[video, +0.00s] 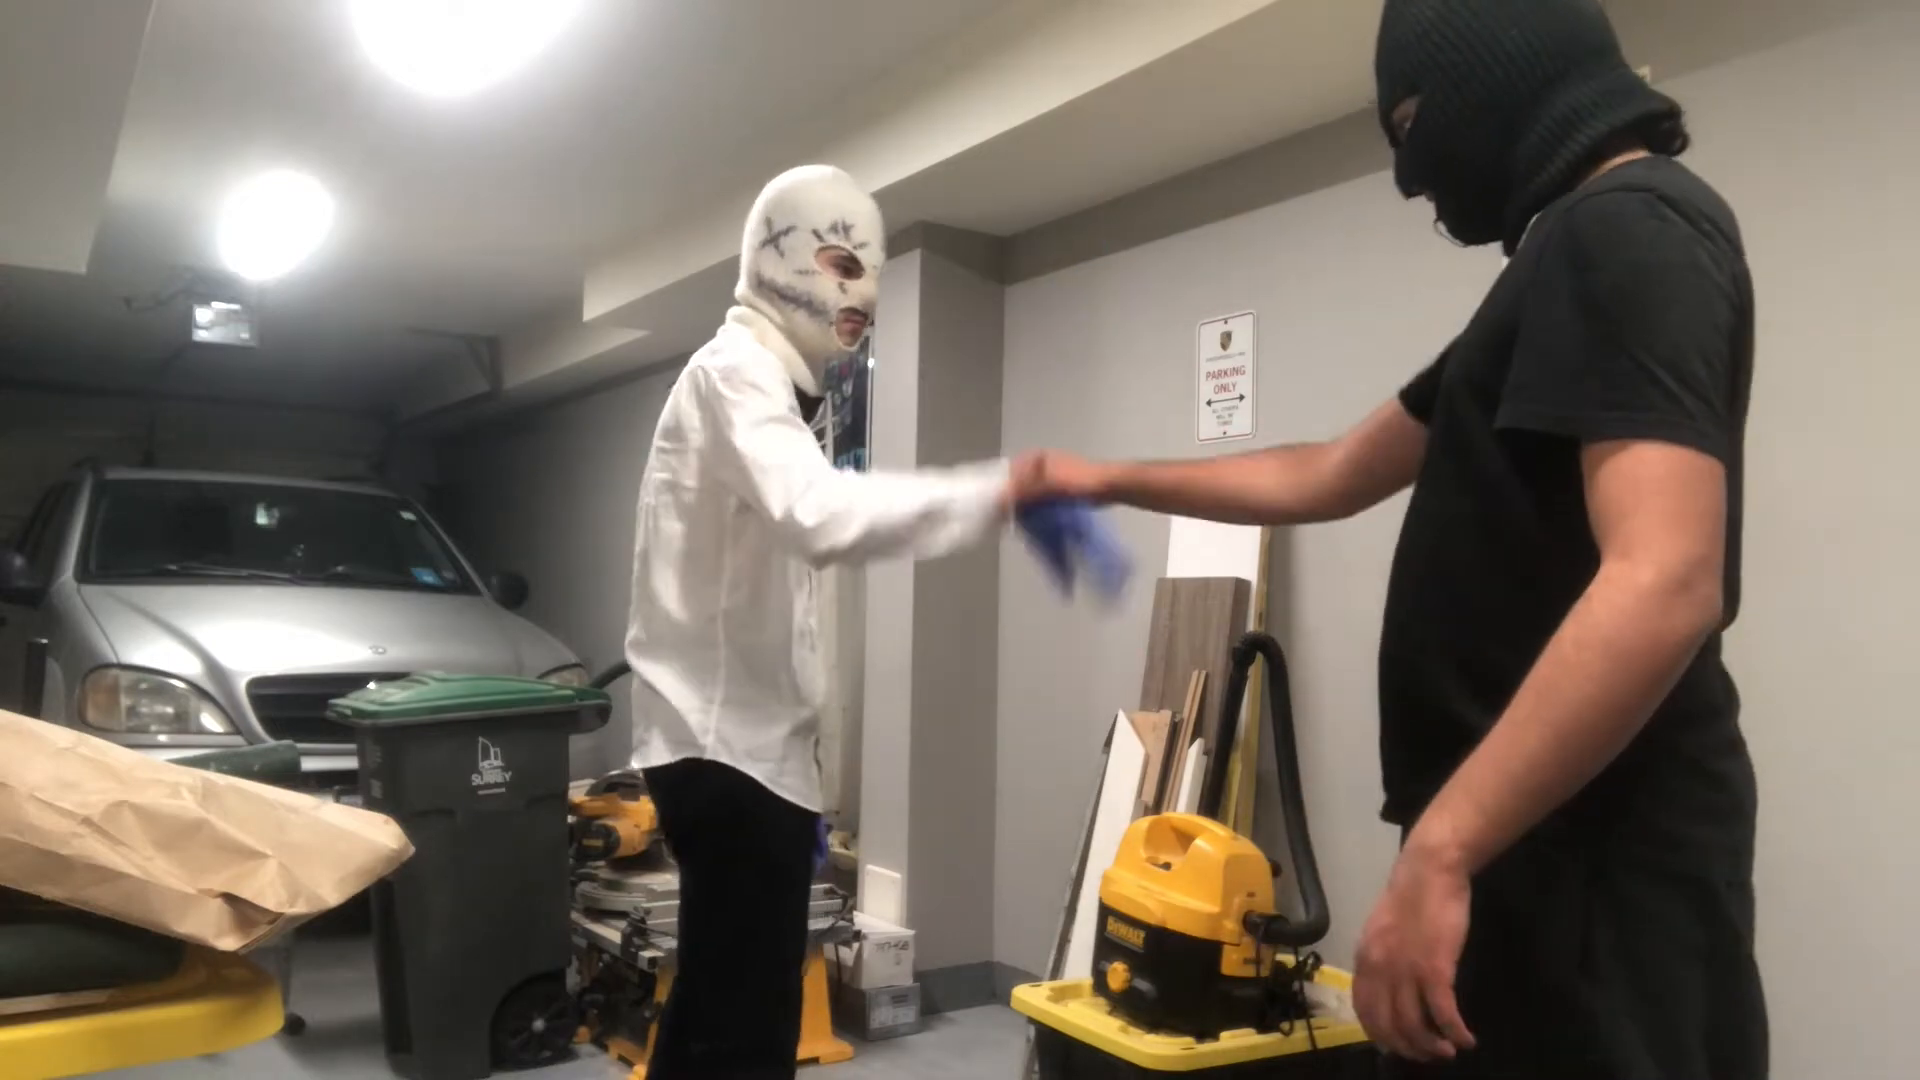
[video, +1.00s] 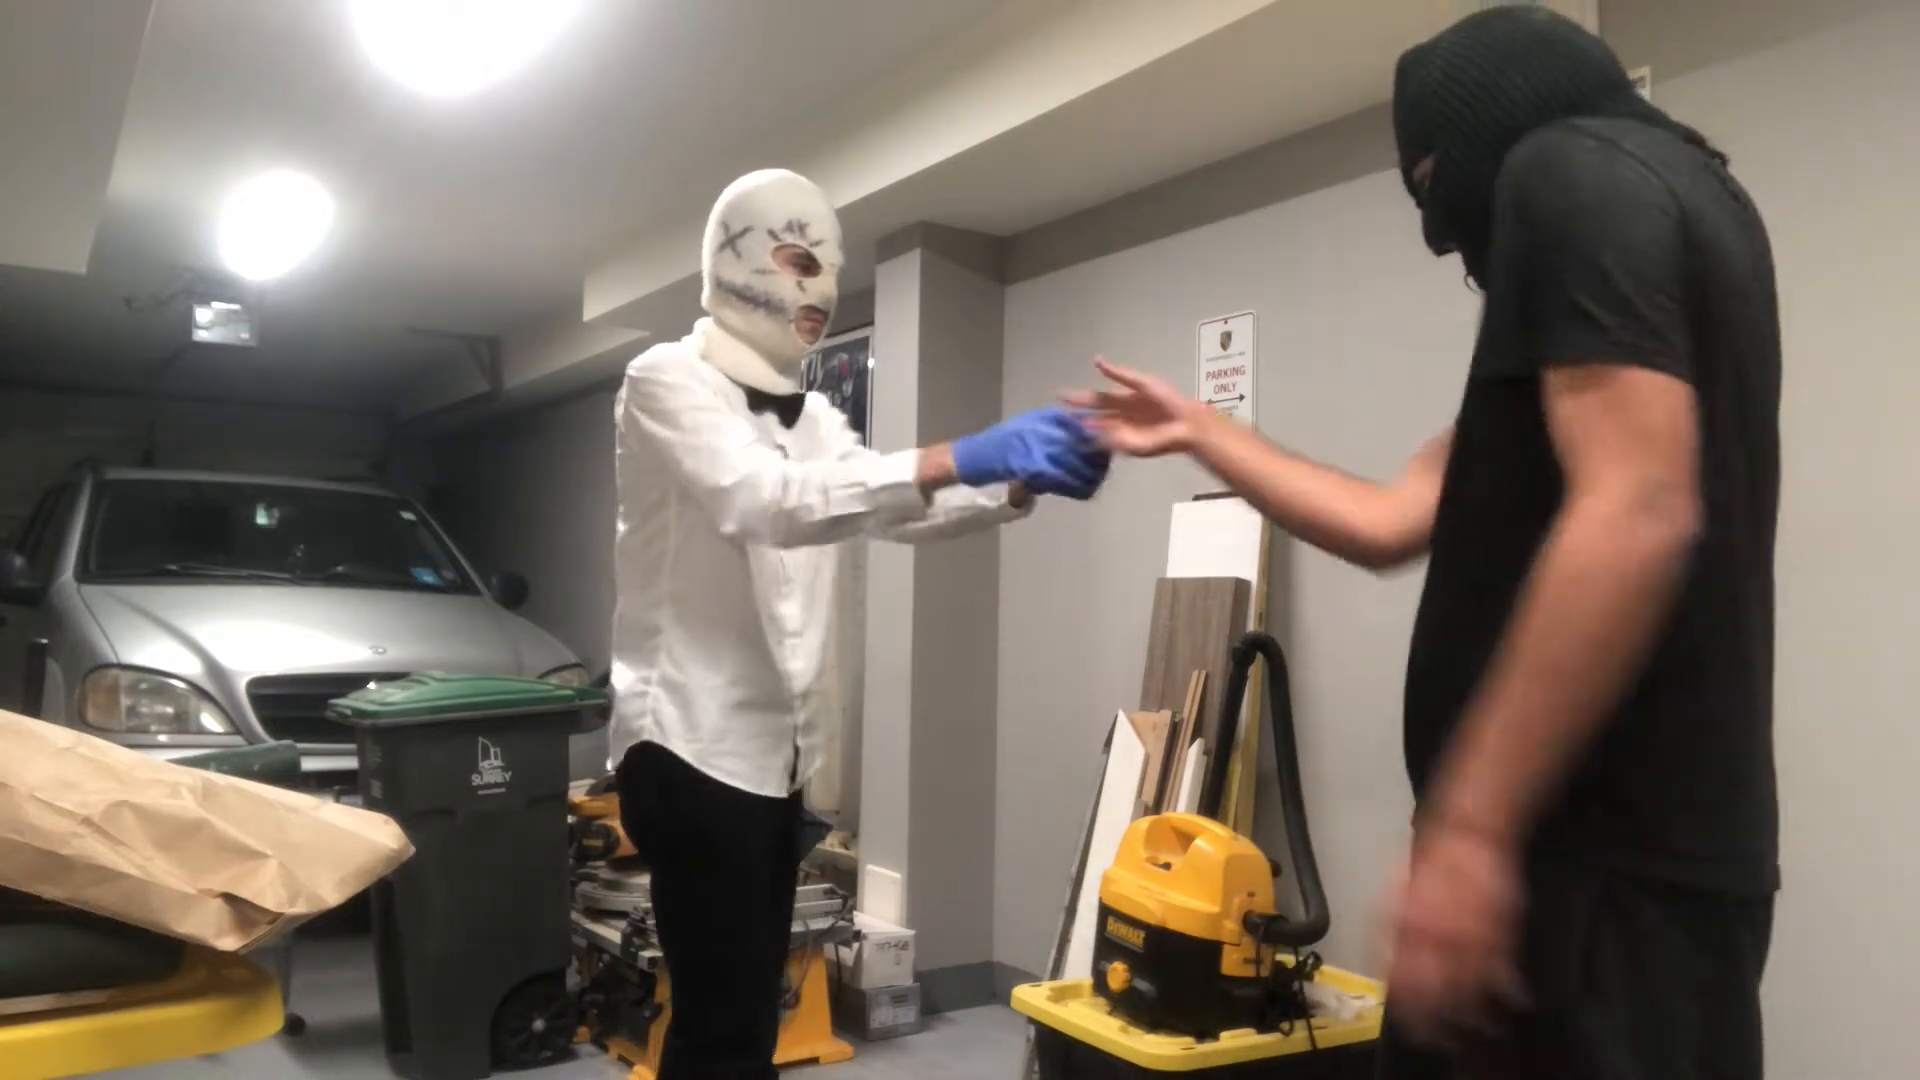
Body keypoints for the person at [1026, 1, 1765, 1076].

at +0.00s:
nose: (1401, 171)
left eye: (1403, 122)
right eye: (1393, 135)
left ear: (1476, 82)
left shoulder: (1624, 225)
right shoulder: (1556, 263)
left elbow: (1667, 580)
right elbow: (1329, 474)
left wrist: (1438, 851)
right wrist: (1111, 479)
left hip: (1598, 869)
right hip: (1525, 866)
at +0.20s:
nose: (1405, 159)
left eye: (1410, 111)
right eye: (1396, 124)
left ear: (1488, 68)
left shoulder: (1636, 233)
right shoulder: (1553, 265)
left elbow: (1677, 595)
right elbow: (1376, 521)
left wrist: (1433, 855)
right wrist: (1176, 451)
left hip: (1594, 921)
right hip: (1507, 915)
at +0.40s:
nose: (1404, 188)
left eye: (1403, 139)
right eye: (1394, 155)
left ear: (1475, 91)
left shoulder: (1617, 220)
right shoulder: (1560, 249)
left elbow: (1667, 577)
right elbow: (1368, 477)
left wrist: (1466, 869)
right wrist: (1163, 424)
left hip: (1593, 899)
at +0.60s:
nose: (1408, 214)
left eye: (1407, 171)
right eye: (1398, 184)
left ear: (1474, 115)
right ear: (1501, 113)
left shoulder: (1601, 210)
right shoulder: (1579, 251)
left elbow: (1663, 564)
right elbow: (1366, 484)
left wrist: (1511, 881)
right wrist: (1145, 496)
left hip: (1588, 871)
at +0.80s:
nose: (1422, 218)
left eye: (1420, 175)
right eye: (1411, 189)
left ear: (1487, 118)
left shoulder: (1607, 202)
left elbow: (1699, 548)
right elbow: (1336, 479)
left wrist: (1567, 889)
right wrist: (1126, 467)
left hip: (1582, 894)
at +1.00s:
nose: (1432, 222)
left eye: (1428, 183)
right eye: (1419, 194)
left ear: (1483, 125)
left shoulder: (1582, 169)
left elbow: (1638, 507)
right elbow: (1391, 522)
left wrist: (1469, 831)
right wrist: (1197, 427)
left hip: (1594, 875)